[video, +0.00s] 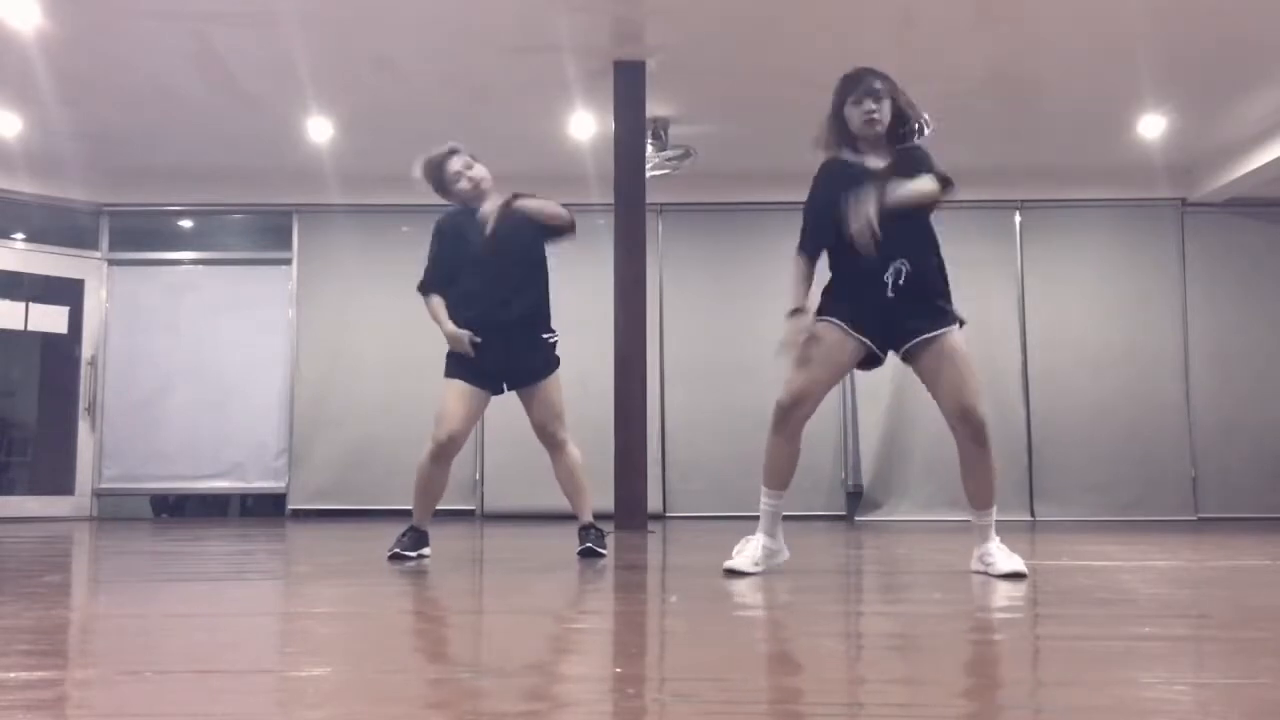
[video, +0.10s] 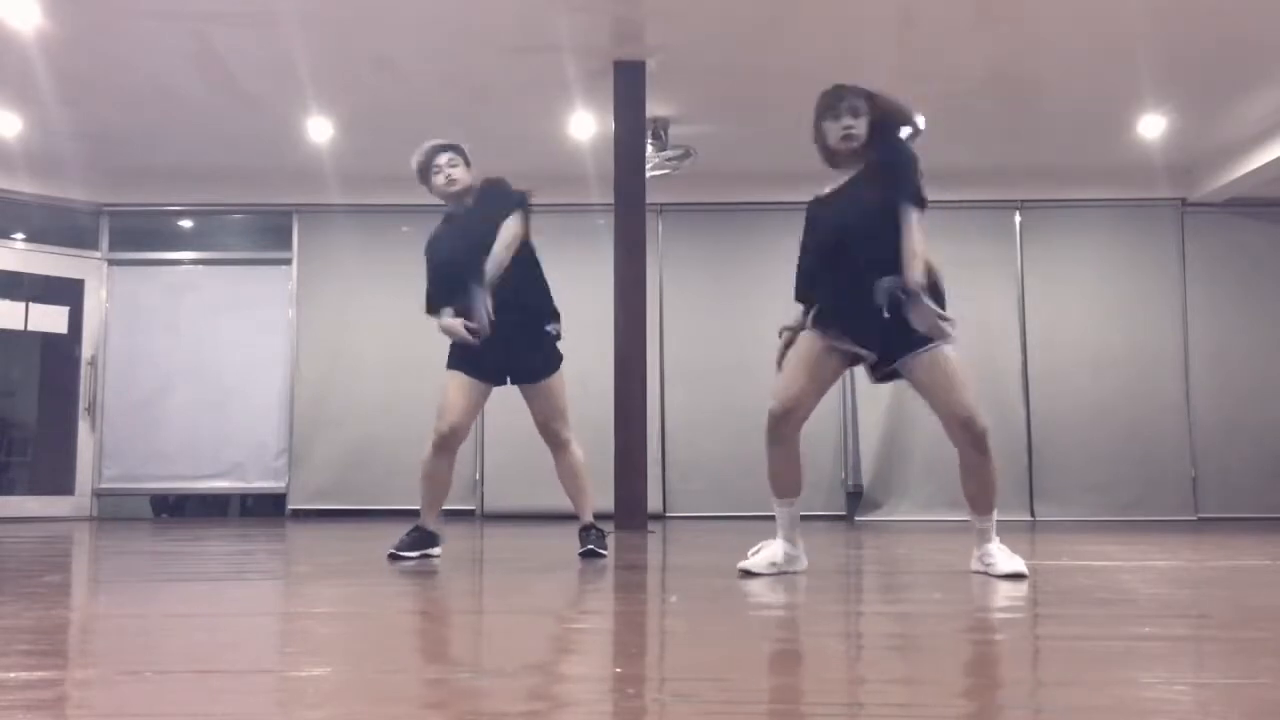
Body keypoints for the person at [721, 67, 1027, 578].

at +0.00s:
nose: (868, 108)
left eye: (877, 99)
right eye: (857, 101)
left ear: (893, 108)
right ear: (842, 113)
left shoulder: (913, 159)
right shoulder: (833, 173)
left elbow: (935, 187)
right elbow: (807, 248)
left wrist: (880, 195)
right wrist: (799, 307)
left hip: (921, 308)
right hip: (851, 310)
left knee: (971, 417)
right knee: (790, 404)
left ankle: (988, 544)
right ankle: (767, 538)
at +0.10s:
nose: (844, 125)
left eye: (855, 115)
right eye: (833, 117)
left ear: (872, 124)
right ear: (819, 128)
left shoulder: (892, 164)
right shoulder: (821, 202)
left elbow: (912, 221)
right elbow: (820, 276)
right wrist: (798, 321)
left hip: (899, 308)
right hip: (836, 316)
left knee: (971, 426)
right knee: (781, 414)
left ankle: (988, 545)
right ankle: (786, 545)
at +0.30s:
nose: (807, 123)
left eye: (816, 115)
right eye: (797, 116)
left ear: (832, 124)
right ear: (782, 127)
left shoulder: (852, 170)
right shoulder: (775, 197)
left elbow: (925, 217)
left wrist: (968, 268)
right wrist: (738, 327)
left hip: (849, 302)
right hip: (791, 309)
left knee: (893, 410)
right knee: (741, 419)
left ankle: (981, 497)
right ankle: (783, 544)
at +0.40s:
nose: (794, 110)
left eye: (803, 101)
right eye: (784, 102)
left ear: (819, 110)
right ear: (769, 113)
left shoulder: (848, 150)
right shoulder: (754, 182)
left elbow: (919, 144)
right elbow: (704, 220)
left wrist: (926, 168)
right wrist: (671, 259)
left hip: (845, 277)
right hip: (785, 292)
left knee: (864, 362)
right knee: (750, 411)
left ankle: (913, 499)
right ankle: (784, 543)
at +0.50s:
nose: (787, 86)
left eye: (797, 76)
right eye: (776, 79)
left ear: (815, 83)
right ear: (764, 92)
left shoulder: (842, 132)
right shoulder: (765, 158)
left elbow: (907, 154)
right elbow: (712, 225)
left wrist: (893, 95)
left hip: (843, 268)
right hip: (781, 282)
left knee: (841, 347)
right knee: (764, 405)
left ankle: (871, 508)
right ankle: (786, 543)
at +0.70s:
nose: (783, 101)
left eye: (793, 93)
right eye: (772, 94)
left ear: (811, 103)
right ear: (760, 109)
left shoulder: (843, 136)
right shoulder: (755, 174)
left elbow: (917, 114)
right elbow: (700, 212)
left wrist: (903, 74)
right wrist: (654, 180)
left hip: (826, 283)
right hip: (768, 293)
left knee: (809, 379)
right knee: (733, 421)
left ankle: (860, 535)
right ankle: (786, 543)